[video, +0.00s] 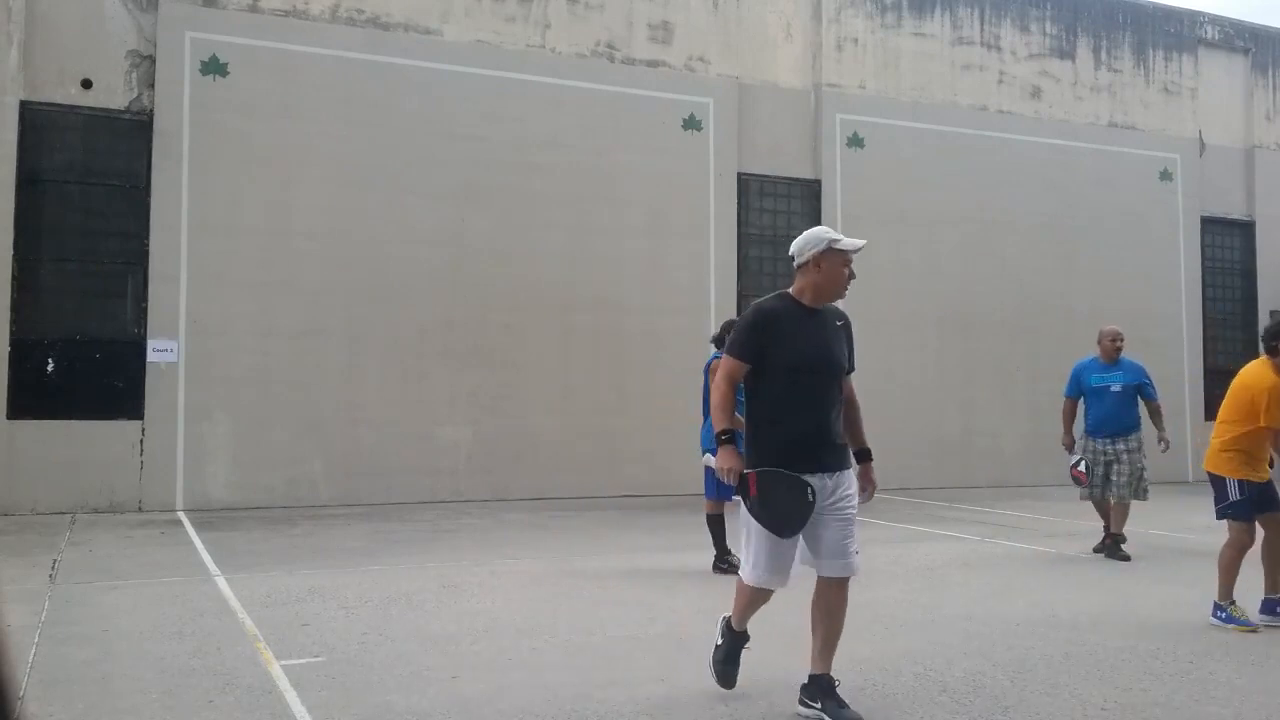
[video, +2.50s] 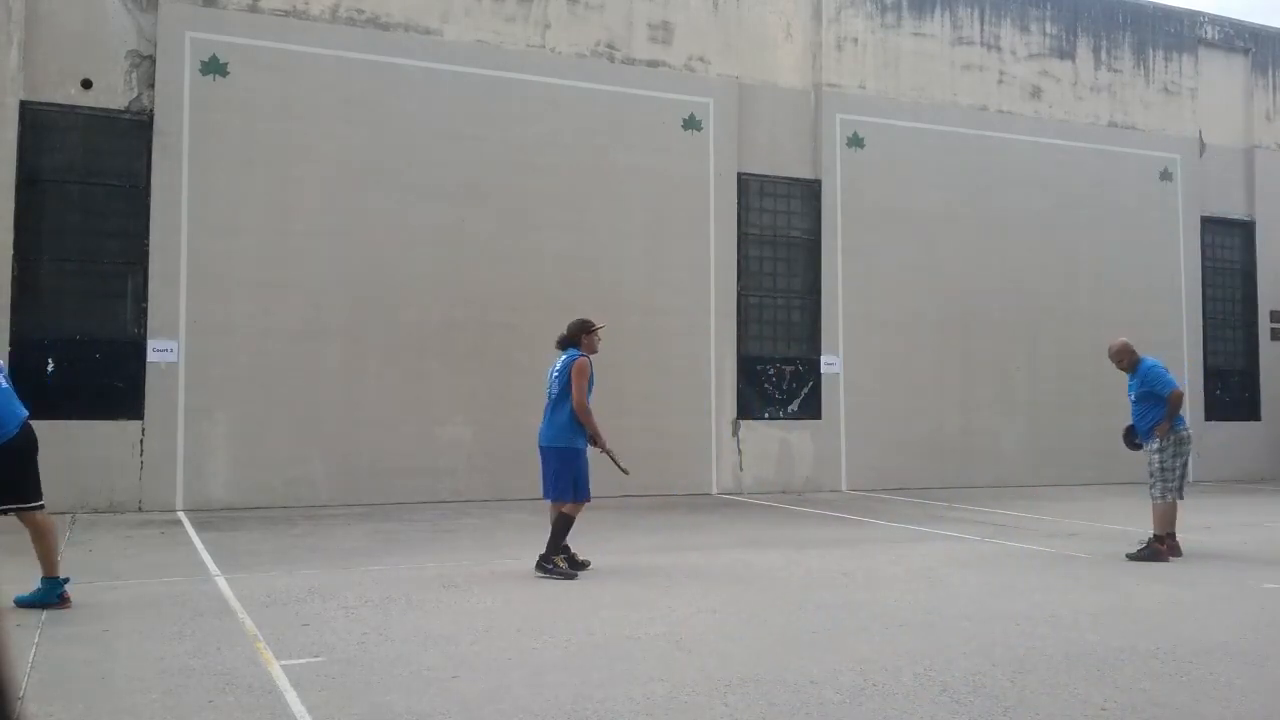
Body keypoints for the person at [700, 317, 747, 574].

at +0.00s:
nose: (745, 345)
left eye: (745, 340)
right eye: (743, 340)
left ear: (725, 336)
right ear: (733, 338)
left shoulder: (729, 364)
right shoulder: (719, 364)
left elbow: (728, 407)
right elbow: (722, 409)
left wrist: (747, 428)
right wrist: (749, 428)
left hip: (727, 439)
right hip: (717, 440)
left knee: (718, 497)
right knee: (715, 497)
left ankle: (724, 553)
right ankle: (721, 554)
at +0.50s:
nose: (759, 336)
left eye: (760, 332)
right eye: (754, 332)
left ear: (752, 338)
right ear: (739, 336)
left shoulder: (749, 363)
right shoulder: (726, 363)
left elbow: (751, 404)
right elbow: (721, 404)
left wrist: (759, 440)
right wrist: (725, 441)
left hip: (755, 442)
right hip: (737, 442)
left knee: (754, 498)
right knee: (738, 496)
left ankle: (759, 554)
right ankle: (715, 548)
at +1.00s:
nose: (706, 338)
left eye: (705, 334)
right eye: (701, 334)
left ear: (693, 339)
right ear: (686, 337)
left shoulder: (691, 364)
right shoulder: (677, 363)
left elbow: (689, 404)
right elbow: (671, 404)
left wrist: (704, 439)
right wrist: (681, 441)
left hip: (703, 442)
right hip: (686, 443)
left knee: (711, 492)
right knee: (685, 496)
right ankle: (691, 553)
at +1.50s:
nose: (649, 345)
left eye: (651, 341)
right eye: (645, 340)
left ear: (645, 343)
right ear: (630, 340)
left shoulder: (636, 365)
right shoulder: (617, 364)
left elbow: (639, 404)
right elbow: (603, 404)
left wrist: (663, 424)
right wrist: (598, 441)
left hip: (627, 437)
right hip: (626, 439)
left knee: (618, 493)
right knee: (645, 489)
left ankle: (613, 552)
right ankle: (629, 550)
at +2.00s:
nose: (601, 338)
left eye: (601, 334)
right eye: (597, 333)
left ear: (589, 337)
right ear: (581, 336)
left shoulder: (595, 358)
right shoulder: (567, 362)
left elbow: (621, 368)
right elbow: (571, 405)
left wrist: (623, 343)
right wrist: (590, 439)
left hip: (582, 442)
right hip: (562, 442)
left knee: (581, 497)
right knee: (553, 498)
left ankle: (585, 552)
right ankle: (545, 559)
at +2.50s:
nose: (599, 340)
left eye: (598, 336)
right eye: (596, 336)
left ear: (579, 339)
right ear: (584, 338)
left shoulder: (562, 361)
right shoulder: (581, 361)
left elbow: (567, 407)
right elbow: (580, 403)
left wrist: (589, 434)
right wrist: (596, 433)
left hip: (552, 439)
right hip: (567, 441)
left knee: (559, 497)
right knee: (578, 498)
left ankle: (561, 551)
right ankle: (549, 558)